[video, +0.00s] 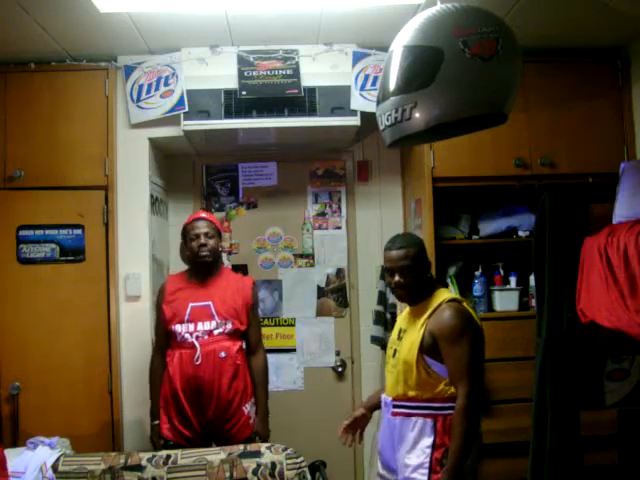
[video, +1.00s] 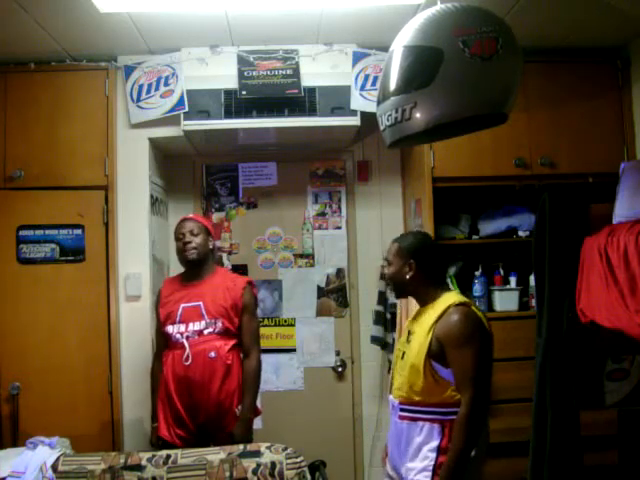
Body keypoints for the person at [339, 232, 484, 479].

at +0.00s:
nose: (397, 281)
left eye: (406, 272)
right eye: (390, 273)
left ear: (426, 268)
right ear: (384, 273)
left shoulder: (450, 318)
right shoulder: (408, 311)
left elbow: (467, 395)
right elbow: (406, 380)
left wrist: (450, 469)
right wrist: (367, 407)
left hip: (428, 446)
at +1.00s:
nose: (382, 272)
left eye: (388, 264)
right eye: (384, 264)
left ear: (410, 268)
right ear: (409, 268)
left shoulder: (458, 319)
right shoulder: (424, 312)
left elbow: (472, 401)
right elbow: (414, 387)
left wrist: (449, 469)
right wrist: (393, 441)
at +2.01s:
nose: (397, 264)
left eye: (408, 258)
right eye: (396, 257)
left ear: (432, 264)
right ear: (394, 258)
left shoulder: (461, 316)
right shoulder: (418, 309)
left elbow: (476, 397)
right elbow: (409, 384)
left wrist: (450, 470)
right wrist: (389, 442)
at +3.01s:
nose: (406, 268)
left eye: (415, 260)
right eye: (399, 261)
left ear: (435, 264)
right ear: (392, 267)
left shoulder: (458, 318)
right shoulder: (407, 312)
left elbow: (478, 395)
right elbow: (403, 388)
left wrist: (455, 468)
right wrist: (383, 445)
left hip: (435, 435)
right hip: (398, 432)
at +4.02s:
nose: (409, 271)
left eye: (417, 262)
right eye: (400, 264)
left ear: (432, 266)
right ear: (390, 271)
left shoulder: (455, 320)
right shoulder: (401, 315)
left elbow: (475, 397)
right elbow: (397, 391)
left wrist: (455, 468)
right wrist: (377, 447)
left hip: (433, 437)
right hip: (392, 434)